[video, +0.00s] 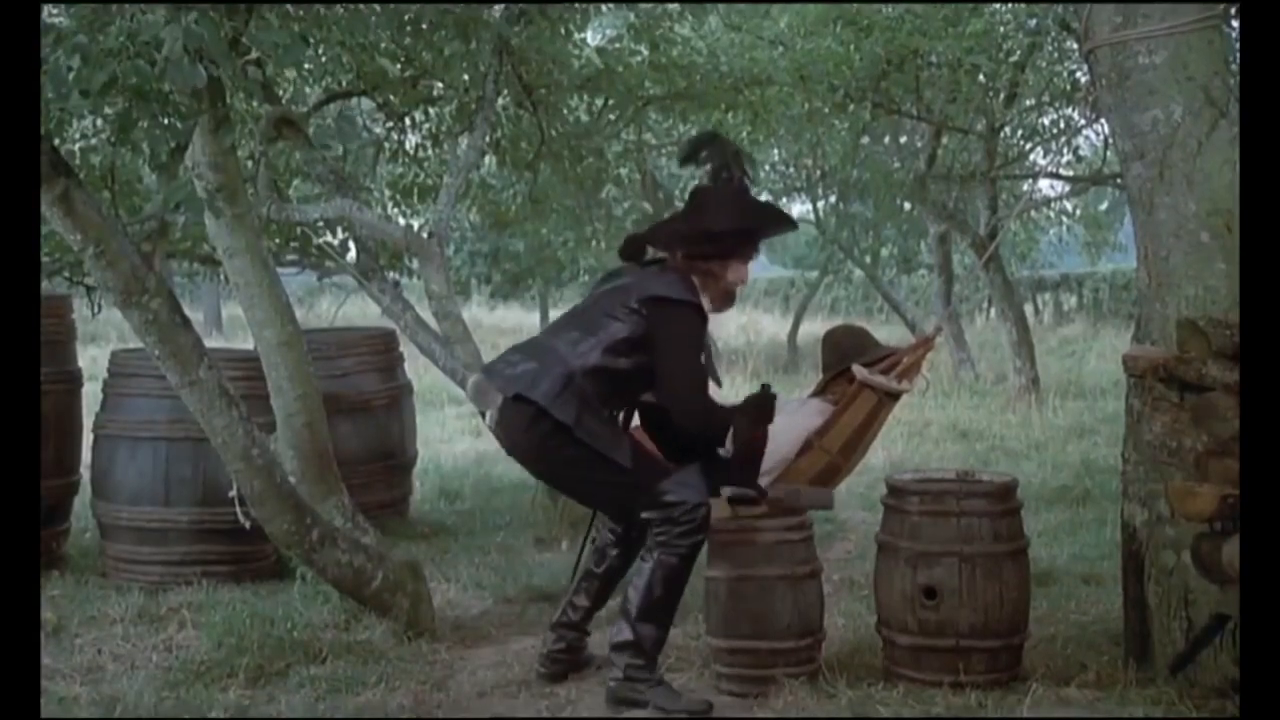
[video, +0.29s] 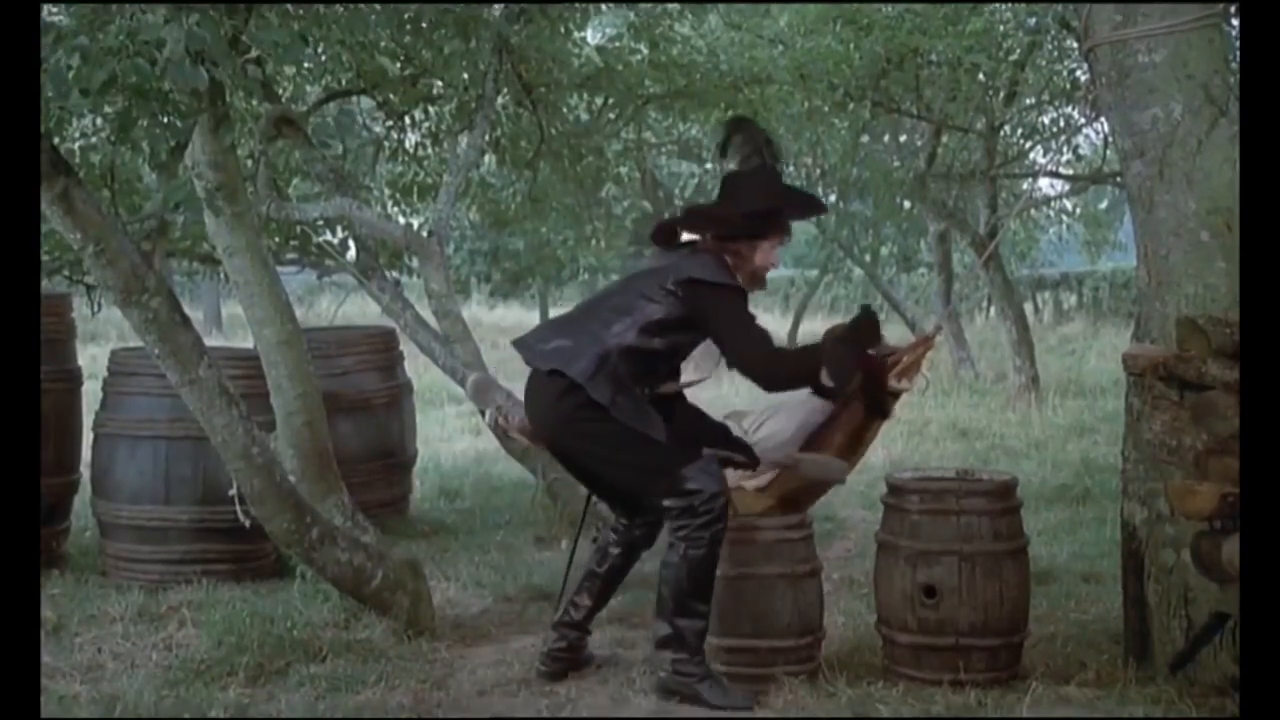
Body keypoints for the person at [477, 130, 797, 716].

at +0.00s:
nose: (748, 276)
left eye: (750, 262)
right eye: (746, 260)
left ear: (693, 254)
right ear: (716, 259)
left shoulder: (644, 285)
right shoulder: (676, 302)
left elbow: (652, 410)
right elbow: (689, 416)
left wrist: (699, 463)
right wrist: (732, 424)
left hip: (518, 409)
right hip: (543, 416)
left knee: (635, 510)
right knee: (682, 511)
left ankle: (563, 646)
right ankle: (634, 675)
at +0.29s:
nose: (778, 258)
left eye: (781, 246)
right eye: (774, 245)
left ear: (729, 237)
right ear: (741, 241)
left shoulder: (678, 268)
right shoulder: (709, 276)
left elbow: (659, 389)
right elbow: (769, 370)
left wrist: (728, 446)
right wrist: (841, 347)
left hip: (551, 393)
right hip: (581, 401)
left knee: (640, 512)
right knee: (700, 498)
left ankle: (564, 643)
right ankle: (685, 666)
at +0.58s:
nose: (828, 280)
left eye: (833, 267)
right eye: (825, 265)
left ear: (771, 249)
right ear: (790, 257)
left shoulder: (722, 276)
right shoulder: (764, 291)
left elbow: (713, 392)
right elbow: (820, 390)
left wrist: (811, 412)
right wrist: (891, 403)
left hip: (580, 379)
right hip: (616, 391)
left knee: (645, 511)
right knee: (733, 498)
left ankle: (565, 640)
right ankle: (686, 666)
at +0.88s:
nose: (837, 278)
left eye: (841, 265)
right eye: (835, 264)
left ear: (780, 250)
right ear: (801, 258)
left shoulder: (733, 273)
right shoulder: (772, 286)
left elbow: (754, 391)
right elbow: (827, 384)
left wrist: (845, 397)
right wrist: (902, 401)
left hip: (588, 380)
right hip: (629, 390)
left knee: (644, 511)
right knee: (736, 502)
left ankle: (564, 638)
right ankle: (685, 664)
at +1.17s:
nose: (840, 288)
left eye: (844, 276)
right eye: (839, 275)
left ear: (788, 254)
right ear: (809, 265)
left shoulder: (742, 279)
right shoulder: (770, 290)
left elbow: (783, 397)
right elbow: (819, 386)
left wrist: (863, 440)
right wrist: (892, 412)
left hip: (590, 379)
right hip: (629, 388)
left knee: (647, 512)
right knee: (735, 502)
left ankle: (565, 638)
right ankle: (684, 662)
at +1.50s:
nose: (830, 276)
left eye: (834, 264)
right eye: (828, 262)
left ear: (777, 236)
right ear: (796, 251)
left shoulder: (738, 258)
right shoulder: (756, 276)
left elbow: (767, 374)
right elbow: (799, 380)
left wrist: (841, 408)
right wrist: (879, 402)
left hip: (595, 361)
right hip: (616, 372)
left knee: (689, 481)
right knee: (718, 487)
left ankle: (618, 608)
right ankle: (685, 658)